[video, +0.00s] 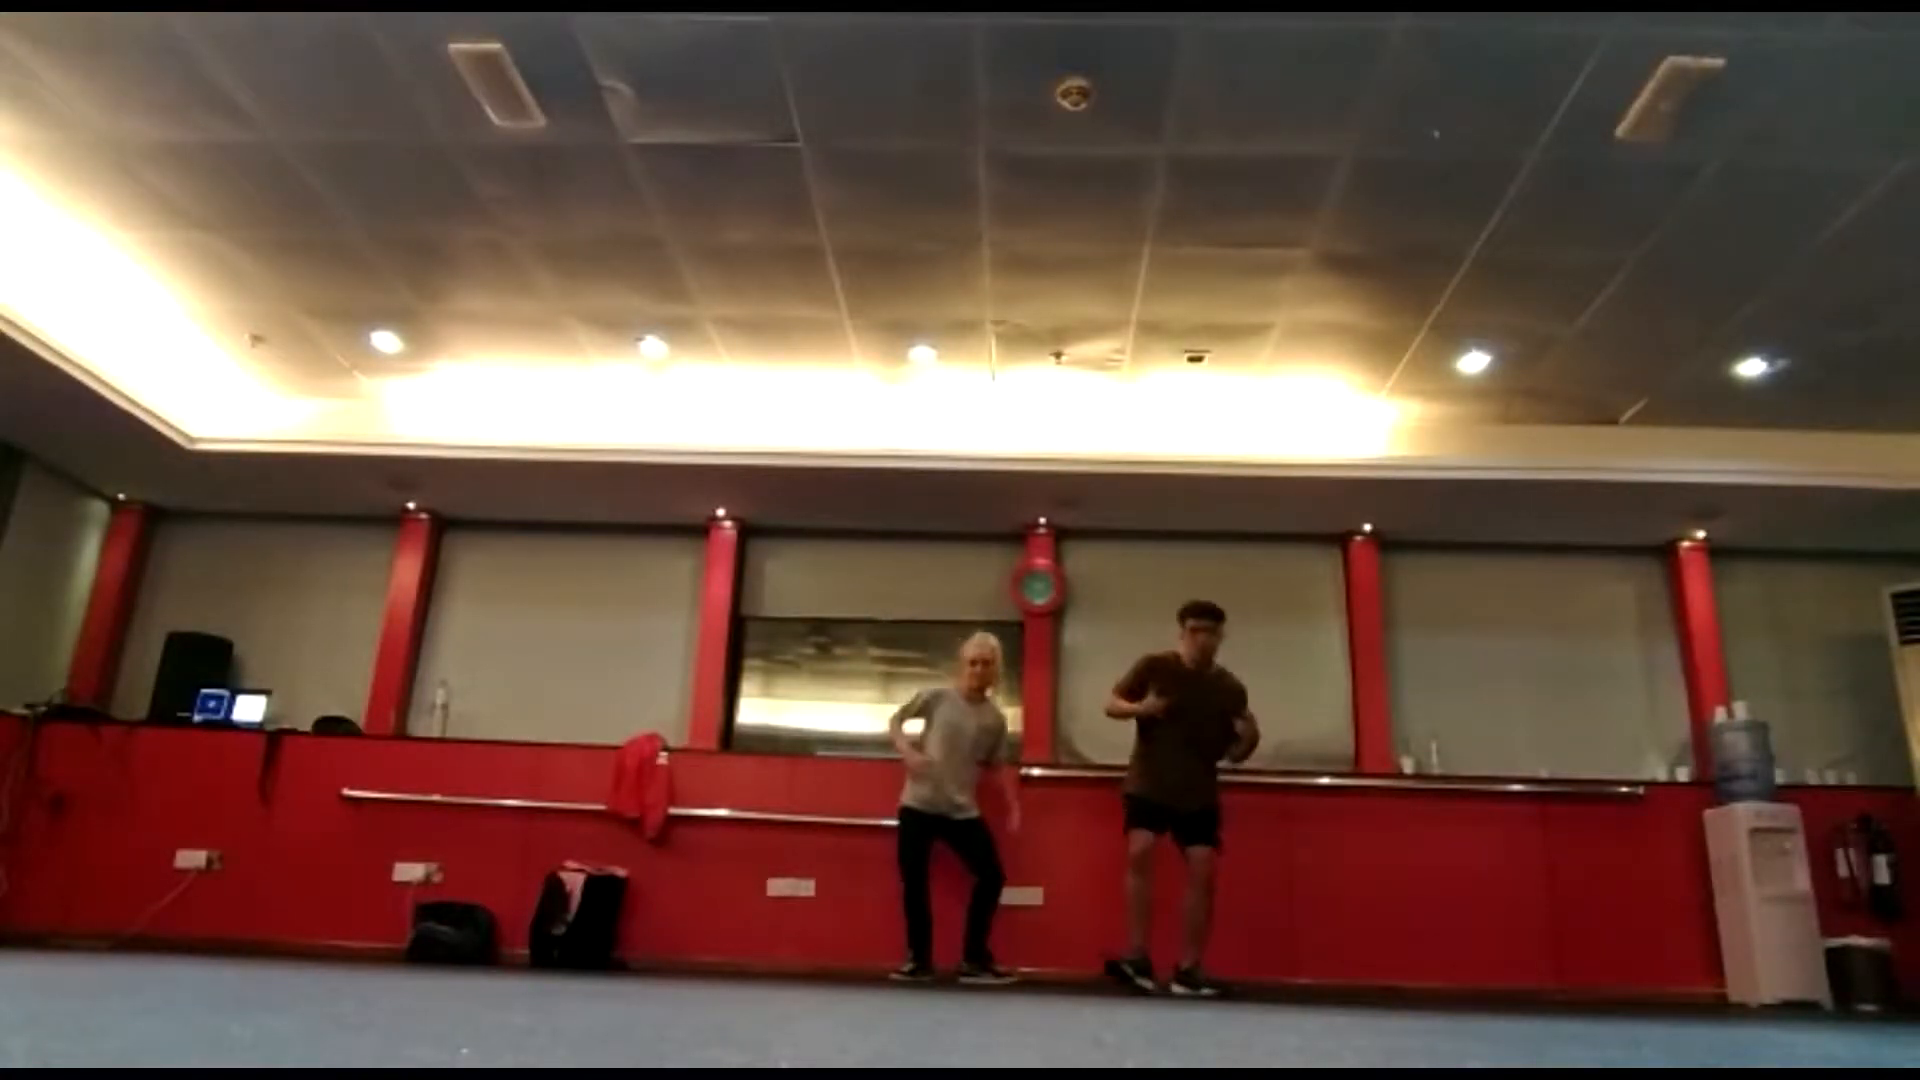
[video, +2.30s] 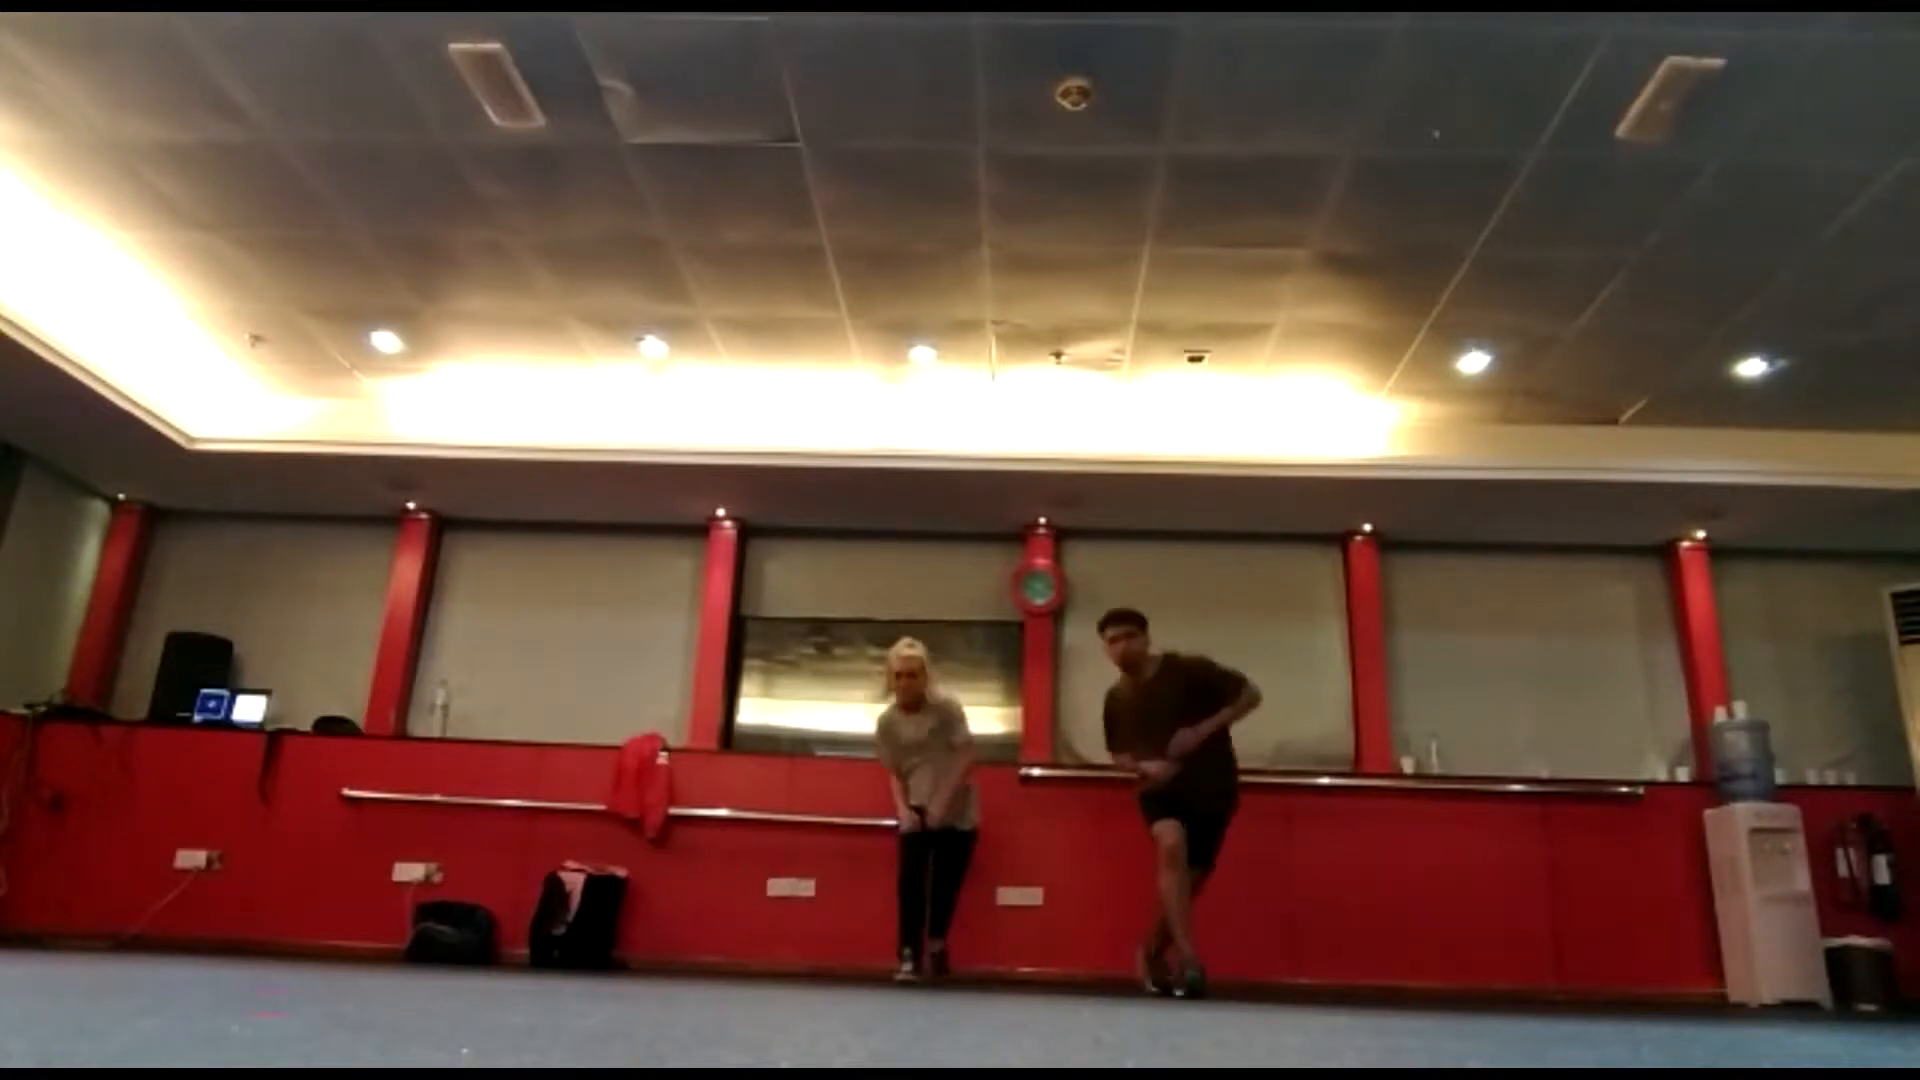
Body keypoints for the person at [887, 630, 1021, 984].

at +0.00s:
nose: (977, 670)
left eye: (985, 664)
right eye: (972, 662)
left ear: (995, 671)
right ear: (960, 665)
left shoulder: (995, 720)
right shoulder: (935, 700)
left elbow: (1001, 767)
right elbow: (896, 723)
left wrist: (1013, 807)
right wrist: (909, 754)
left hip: (962, 811)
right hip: (919, 806)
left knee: (990, 876)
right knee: (914, 886)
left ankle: (975, 959)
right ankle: (919, 959)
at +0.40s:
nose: (981, 679)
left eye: (988, 672)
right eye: (974, 673)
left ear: (1000, 675)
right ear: (966, 677)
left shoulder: (1008, 719)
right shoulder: (959, 709)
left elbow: (998, 775)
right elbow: (948, 756)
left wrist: (983, 821)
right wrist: (933, 797)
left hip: (976, 817)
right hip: (938, 810)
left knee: (992, 884)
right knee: (911, 873)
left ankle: (977, 960)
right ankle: (916, 958)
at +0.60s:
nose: (964, 668)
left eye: (970, 660)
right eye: (958, 662)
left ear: (985, 662)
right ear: (951, 668)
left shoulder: (998, 708)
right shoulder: (959, 702)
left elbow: (993, 756)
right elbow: (958, 745)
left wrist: (947, 777)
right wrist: (948, 766)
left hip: (985, 811)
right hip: (949, 803)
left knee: (991, 883)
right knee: (913, 862)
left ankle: (977, 958)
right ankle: (911, 946)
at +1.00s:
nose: (940, 672)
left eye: (946, 665)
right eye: (933, 666)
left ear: (960, 668)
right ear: (924, 671)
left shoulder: (974, 703)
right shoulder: (926, 714)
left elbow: (992, 738)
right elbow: (925, 763)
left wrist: (973, 777)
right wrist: (907, 803)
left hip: (967, 817)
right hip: (927, 815)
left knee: (990, 879)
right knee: (914, 885)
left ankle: (977, 961)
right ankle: (912, 959)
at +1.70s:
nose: (950, 681)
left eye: (957, 675)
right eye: (944, 673)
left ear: (967, 679)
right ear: (932, 674)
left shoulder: (969, 723)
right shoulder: (909, 711)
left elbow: (976, 768)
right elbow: (891, 752)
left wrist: (974, 806)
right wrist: (898, 801)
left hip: (953, 822)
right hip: (915, 819)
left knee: (941, 895)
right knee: (912, 893)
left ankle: (936, 959)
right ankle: (910, 956)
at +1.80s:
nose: (947, 683)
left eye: (954, 675)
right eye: (941, 675)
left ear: (966, 680)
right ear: (929, 677)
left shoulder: (971, 725)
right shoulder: (912, 711)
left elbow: (978, 772)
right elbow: (893, 749)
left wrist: (966, 806)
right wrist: (899, 791)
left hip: (953, 815)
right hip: (918, 807)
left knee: (943, 892)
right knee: (916, 829)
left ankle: (936, 960)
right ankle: (911, 891)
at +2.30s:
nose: (906, 683)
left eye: (913, 675)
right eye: (899, 676)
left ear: (926, 676)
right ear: (890, 679)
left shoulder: (947, 710)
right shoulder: (887, 722)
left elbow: (967, 754)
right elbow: (894, 771)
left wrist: (942, 801)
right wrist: (903, 809)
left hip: (955, 814)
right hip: (916, 814)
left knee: (945, 884)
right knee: (910, 884)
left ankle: (936, 946)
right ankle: (908, 953)